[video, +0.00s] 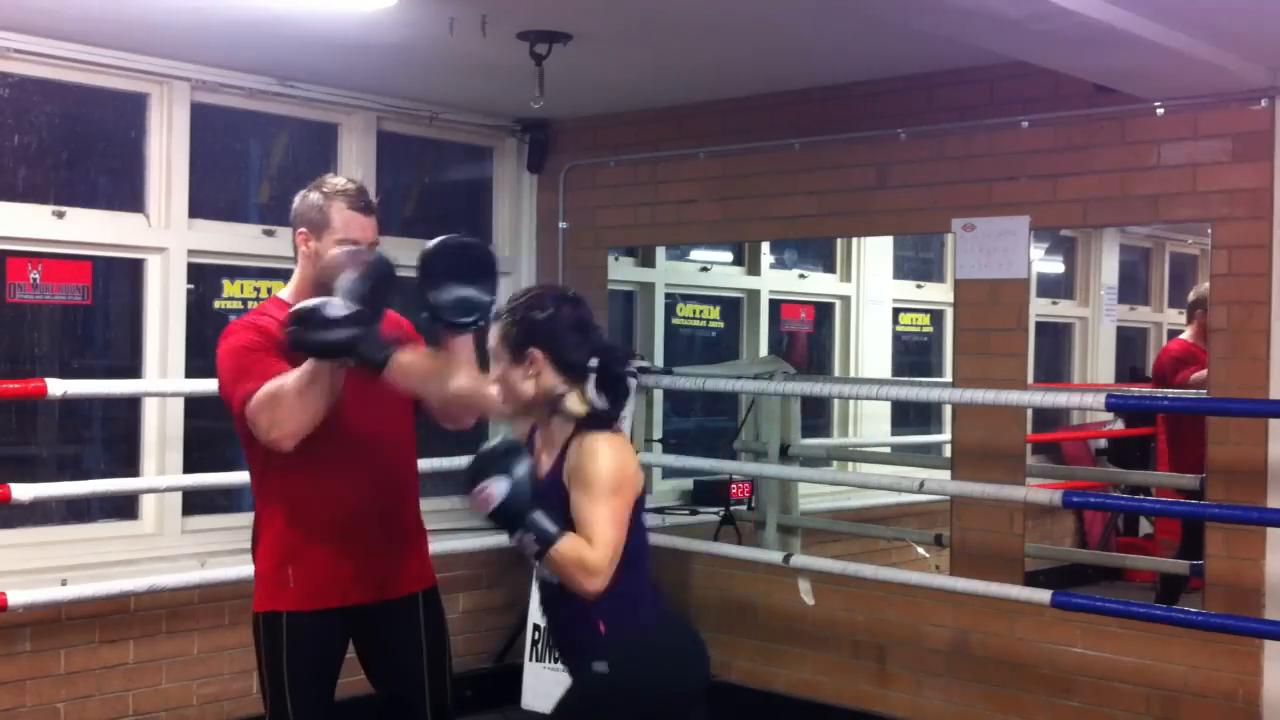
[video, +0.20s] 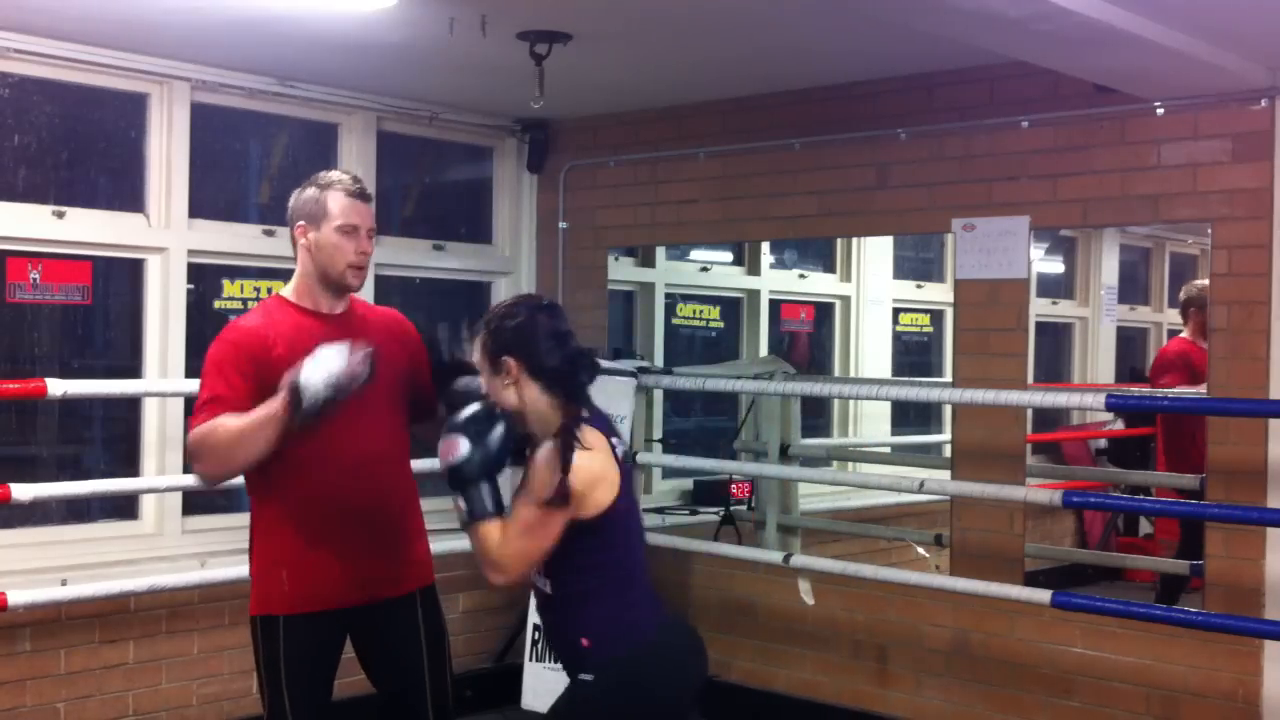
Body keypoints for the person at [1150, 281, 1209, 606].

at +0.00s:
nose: (1219, 320)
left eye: (1218, 313)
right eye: (1215, 313)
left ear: (1201, 314)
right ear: (1201, 313)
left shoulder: (1209, 353)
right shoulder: (1174, 353)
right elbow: (1183, 382)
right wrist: (1222, 367)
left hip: (1212, 461)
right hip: (1189, 463)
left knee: (1203, 538)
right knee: (1192, 538)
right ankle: (1164, 607)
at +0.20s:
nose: (1215, 317)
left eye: (1214, 310)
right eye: (1210, 310)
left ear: (1196, 312)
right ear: (1195, 312)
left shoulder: (1208, 352)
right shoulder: (1175, 354)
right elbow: (1169, 408)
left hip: (1208, 462)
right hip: (1187, 465)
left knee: (1200, 538)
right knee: (1191, 538)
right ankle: (1165, 607)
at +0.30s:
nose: (1221, 316)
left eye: (1219, 309)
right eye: (1215, 310)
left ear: (1199, 312)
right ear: (1199, 312)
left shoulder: (1209, 352)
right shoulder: (1180, 354)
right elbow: (1166, 412)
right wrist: (1209, 420)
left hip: (1205, 466)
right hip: (1187, 468)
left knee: (1198, 541)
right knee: (1190, 542)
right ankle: (1163, 610)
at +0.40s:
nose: (1224, 316)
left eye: (1223, 309)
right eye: (1219, 310)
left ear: (1203, 312)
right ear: (1206, 312)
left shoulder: (1211, 352)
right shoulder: (1186, 354)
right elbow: (1160, 410)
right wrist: (1202, 446)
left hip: (1203, 469)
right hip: (1187, 469)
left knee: (1199, 543)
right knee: (1191, 543)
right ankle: (1164, 610)